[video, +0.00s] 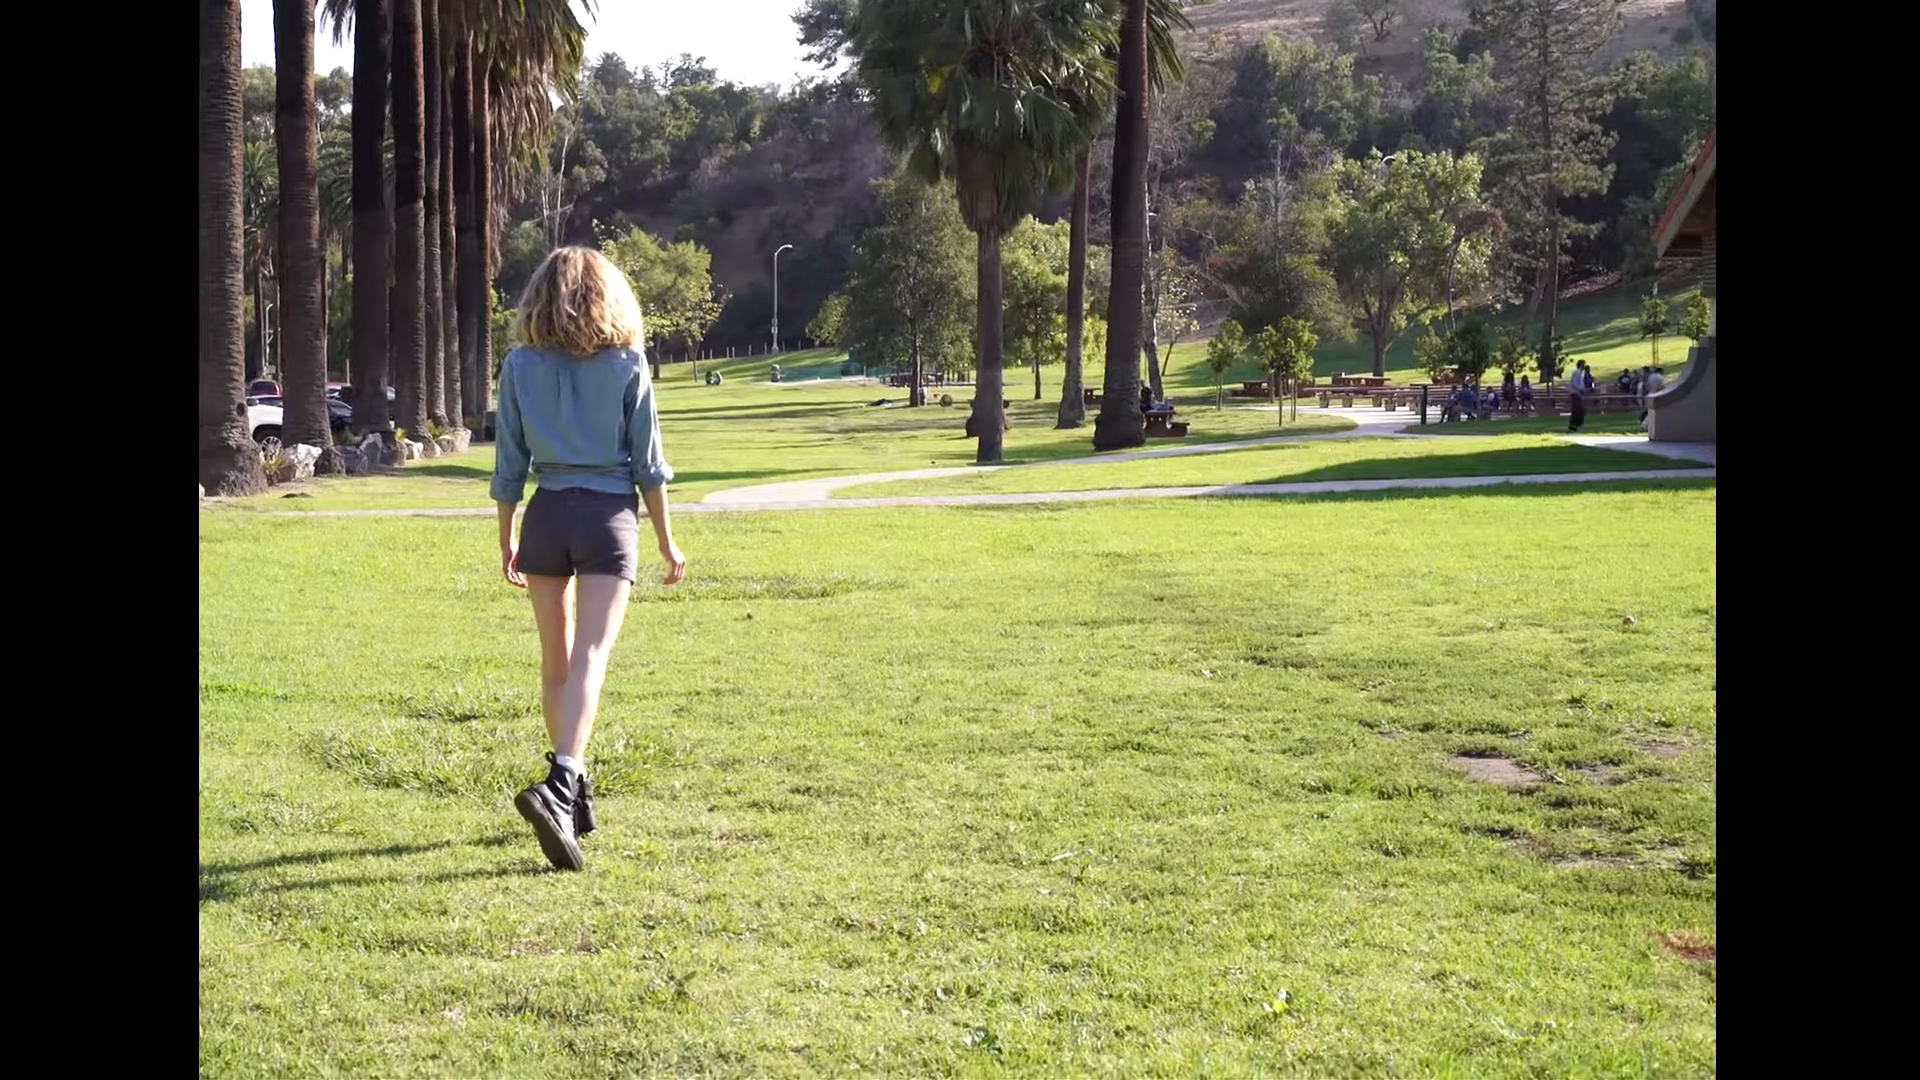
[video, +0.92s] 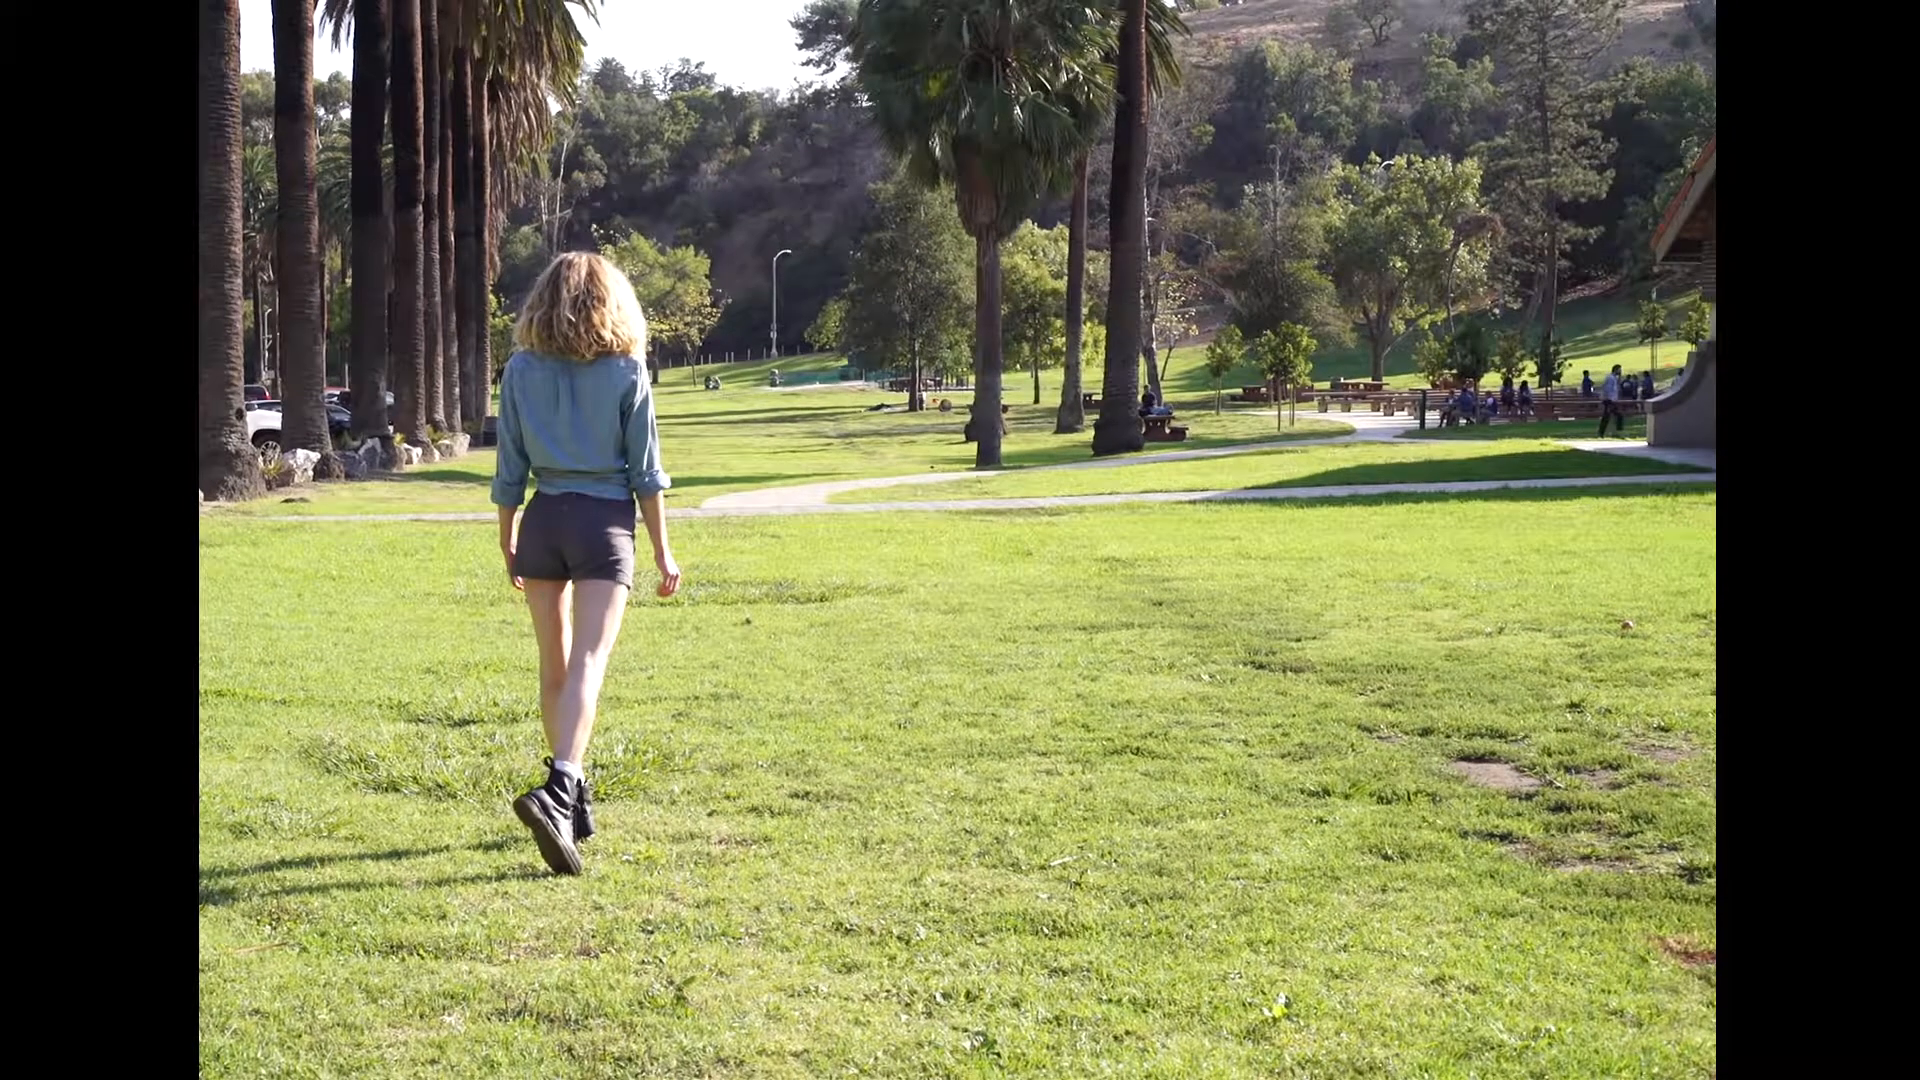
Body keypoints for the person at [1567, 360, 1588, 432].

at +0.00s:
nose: (1584, 366)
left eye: (1584, 364)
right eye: (1583, 364)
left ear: (1579, 365)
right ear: (1580, 365)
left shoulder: (1580, 373)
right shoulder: (1577, 373)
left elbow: (1579, 382)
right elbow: (1574, 383)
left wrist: (1582, 388)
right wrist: (1580, 388)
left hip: (1578, 394)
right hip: (1575, 394)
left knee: (1577, 411)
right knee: (1577, 411)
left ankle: (1574, 426)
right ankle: (1573, 426)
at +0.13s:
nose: (1588, 371)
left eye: (1588, 369)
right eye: (1587, 369)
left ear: (1584, 369)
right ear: (1583, 370)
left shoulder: (1586, 379)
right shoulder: (1580, 378)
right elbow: (1577, 388)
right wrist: (1585, 393)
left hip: (1582, 398)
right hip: (1578, 398)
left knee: (1576, 416)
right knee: (1587, 415)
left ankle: (1570, 431)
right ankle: (1589, 430)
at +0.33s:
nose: (1597, 372)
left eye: (1597, 370)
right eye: (1596, 370)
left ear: (1592, 371)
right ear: (1592, 371)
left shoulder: (1591, 379)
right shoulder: (1587, 379)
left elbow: (1588, 390)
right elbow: (1582, 390)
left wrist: (1590, 398)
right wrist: (1588, 398)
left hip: (1588, 401)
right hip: (1585, 401)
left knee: (1580, 417)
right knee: (1593, 417)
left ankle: (1571, 432)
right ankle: (1598, 432)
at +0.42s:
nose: (1601, 372)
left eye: (1601, 370)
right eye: (1600, 370)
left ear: (1595, 370)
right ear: (1597, 371)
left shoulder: (1591, 378)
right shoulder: (1594, 379)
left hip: (1588, 400)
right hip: (1592, 400)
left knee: (1583, 416)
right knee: (1597, 416)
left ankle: (1574, 430)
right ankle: (1599, 432)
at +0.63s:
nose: (1610, 371)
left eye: (1611, 369)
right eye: (1610, 369)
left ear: (1605, 369)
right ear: (1606, 369)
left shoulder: (1605, 378)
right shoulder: (1601, 378)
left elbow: (1610, 381)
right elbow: (1597, 389)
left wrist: (1612, 374)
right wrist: (1598, 398)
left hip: (1604, 399)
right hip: (1601, 399)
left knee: (1602, 416)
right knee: (1603, 416)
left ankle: (1592, 426)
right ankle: (1601, 433)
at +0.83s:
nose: (1617, 371)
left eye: (1617, 369)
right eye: (1616, 369)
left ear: (1612, 369)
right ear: (1613, 369)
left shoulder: (1612, 378)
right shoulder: (1607, 378)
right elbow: (1605, 390)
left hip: (1610, 399)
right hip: (1606, 400)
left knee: (1605, 417)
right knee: (1613, 415)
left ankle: (1601, 433)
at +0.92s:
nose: (1620, 371)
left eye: (1620, 369)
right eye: (1619, 369)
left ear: (1615, 370)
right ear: (1616, 370)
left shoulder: (1615, 379)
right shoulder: (1610, 378)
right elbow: (1607, 389)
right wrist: (1609, 398)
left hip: (1614, 400)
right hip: (1609, 400)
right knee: (1606, 417)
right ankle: (1601, 433)